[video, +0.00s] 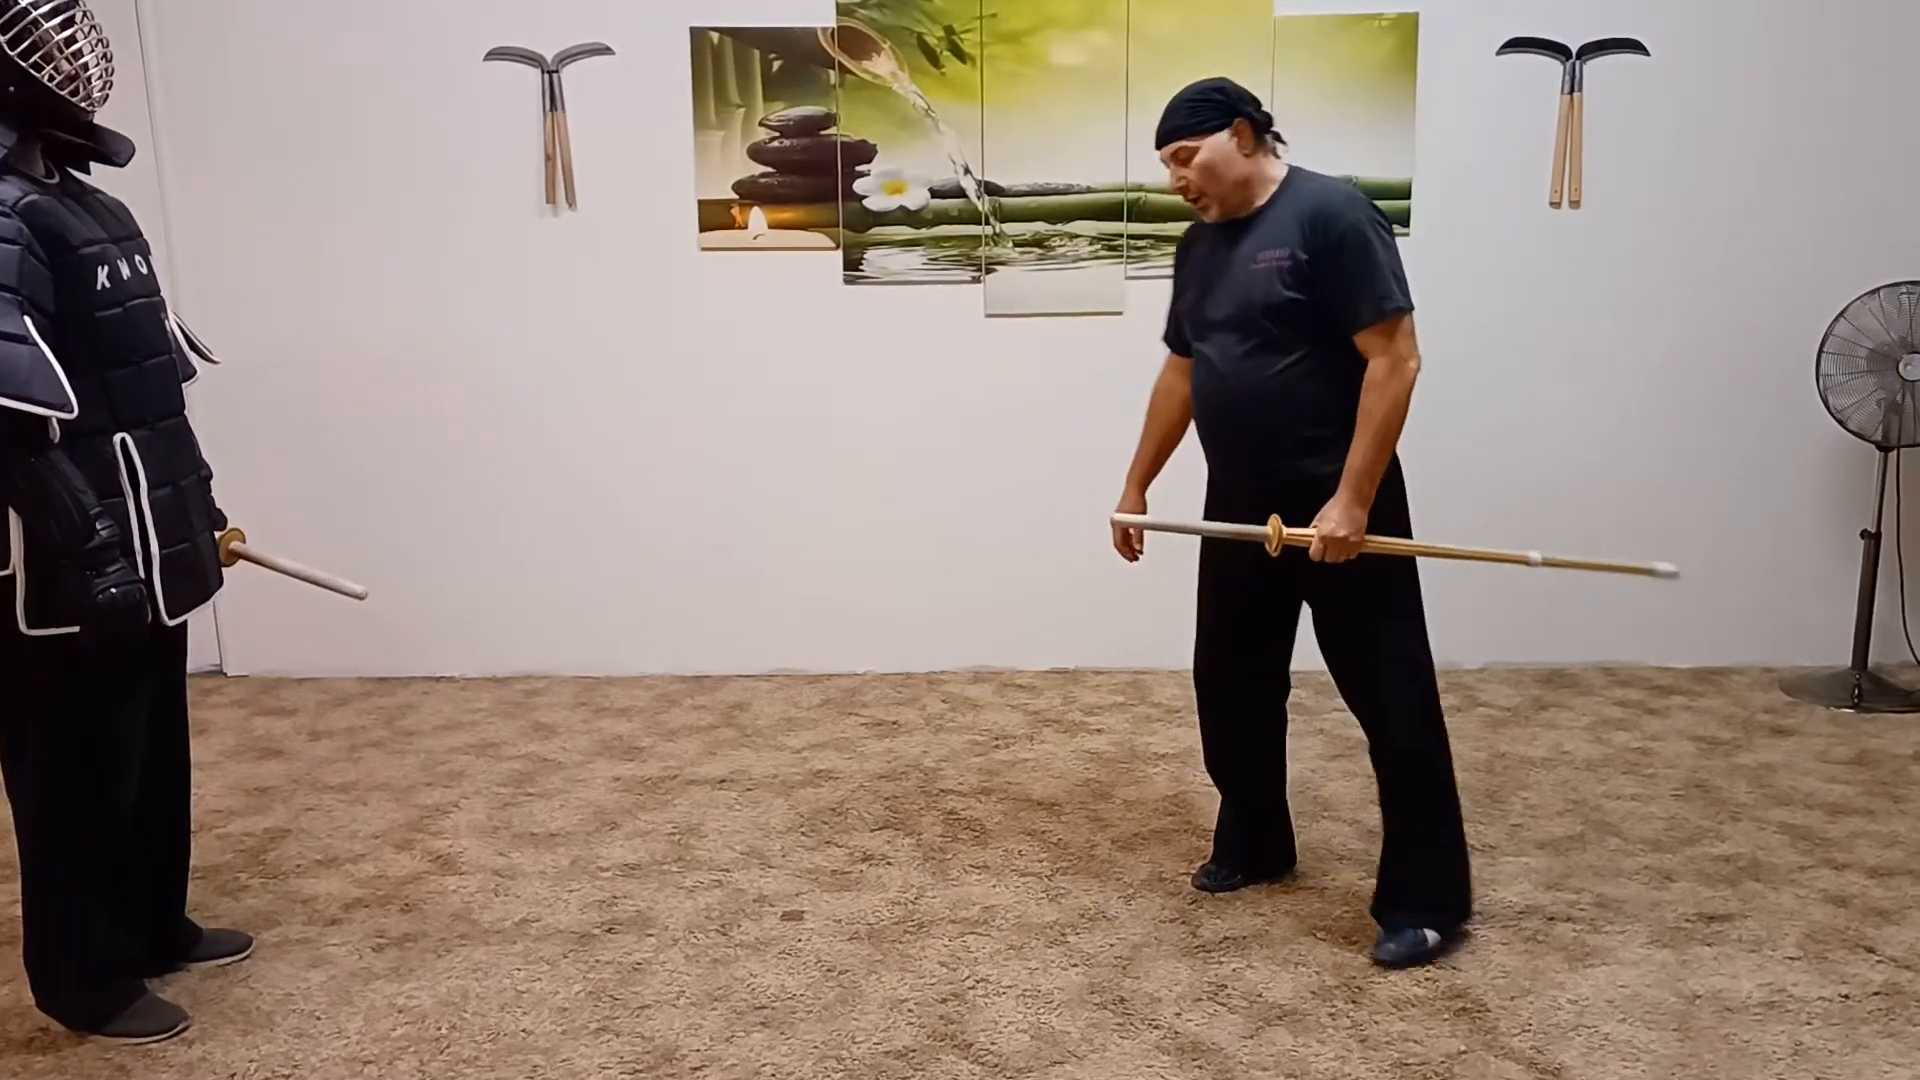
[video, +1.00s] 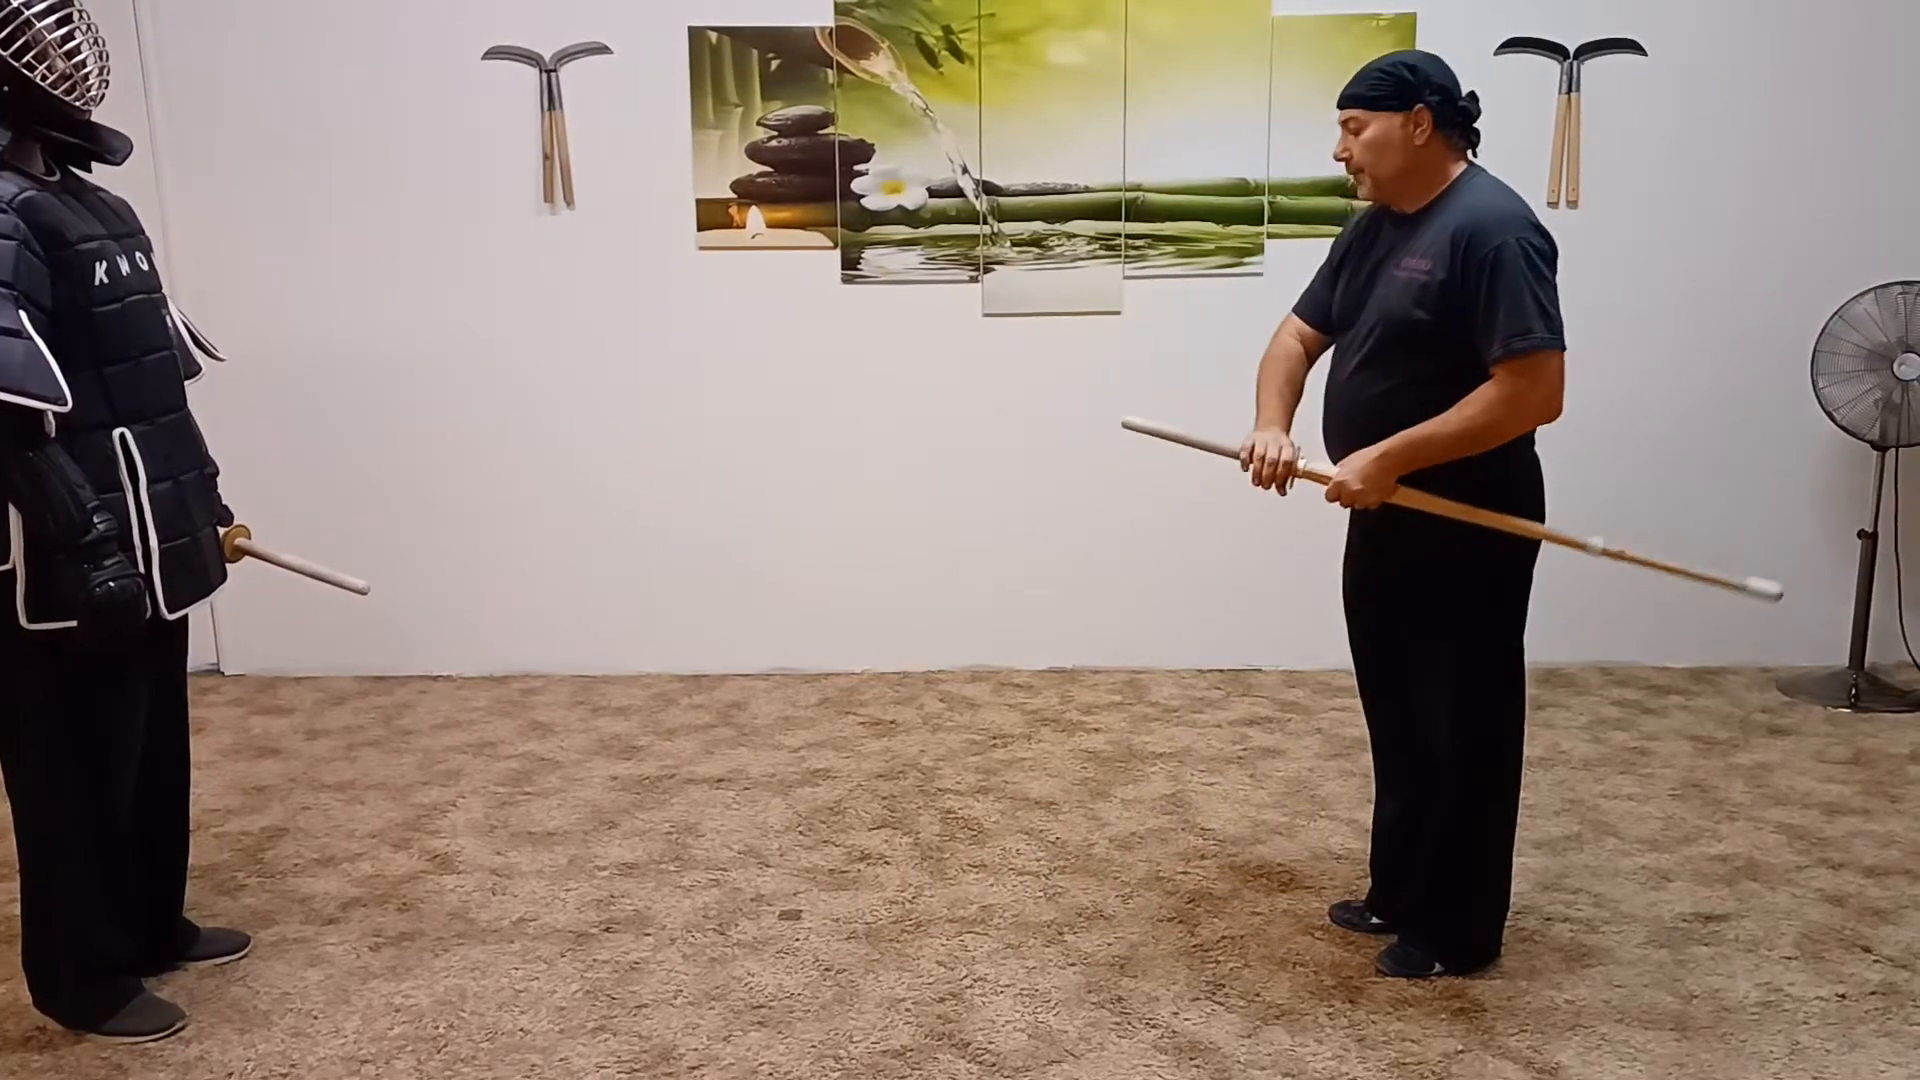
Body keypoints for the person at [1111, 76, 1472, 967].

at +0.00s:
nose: (1174, 176)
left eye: (1186, 153)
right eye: (1167, 161)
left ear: (1242, 136)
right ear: (1182, 162)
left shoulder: (1333, 214)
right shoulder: (1201, 246)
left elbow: (1396, 360)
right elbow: (1182, 368)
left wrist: (1353, 496)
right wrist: (1135, 485)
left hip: (1345, 499)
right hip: (1242, 500)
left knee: (1393, 699)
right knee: (1232, 682)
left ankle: (1428, 903)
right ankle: (1254, 842)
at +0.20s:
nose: (1218, 176)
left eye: (1229, 155)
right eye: (1211, 160)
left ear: (1287, 139)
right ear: (1259, 154)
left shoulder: (1373, 225)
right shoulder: (1256, 245)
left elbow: (1430, 377)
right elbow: (1235, 368)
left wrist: (1365, 517)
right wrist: (1165, 473)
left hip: (1375, 521)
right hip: (1276, 518)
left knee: (1417, 727)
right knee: (1251, 691)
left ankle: (1450, 926)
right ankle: (1258, 844)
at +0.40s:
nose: (1267, 177)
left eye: (1279, 155)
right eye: (1263, 160)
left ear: (1339, 143)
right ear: (1315, 152)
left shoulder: (1424, 234)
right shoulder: (1312, 236)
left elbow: (1468, 397)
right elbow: (1273, 351)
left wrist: (1379, 525)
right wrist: (1208, 439)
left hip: (1425, 526)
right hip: (1326, 516)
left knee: (1446, 735)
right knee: (1300, 701)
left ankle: (1454, 929)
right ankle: (1283, 856)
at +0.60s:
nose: (1304, 171)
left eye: (1316, 150)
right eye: (1301, 153)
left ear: (1376, 140)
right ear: (1360, 148)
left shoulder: (1458, 236)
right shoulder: (1343, 231)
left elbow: (1497, 401)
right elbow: (1273, 335)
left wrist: (1374, 499)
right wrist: (1232, 428)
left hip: (1453, 516)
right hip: (1355, 512)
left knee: (1459, 727)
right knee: (1360, 708)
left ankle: (1459, 933)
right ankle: (1373, 885)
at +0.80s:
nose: (1328, 161)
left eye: (1341, 139)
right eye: (1325, 142)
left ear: (1403, 134)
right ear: (1389, 140)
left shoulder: (1485, 236)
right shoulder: (1360, 229)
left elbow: (1515, 400)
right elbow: (1278, 340)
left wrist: (1376, 475)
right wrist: (1253, 437)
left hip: (1464, 518)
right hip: (1376, 512)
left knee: (1461, 721)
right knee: (1396, 712)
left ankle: (1461, 932)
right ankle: (1402, 895)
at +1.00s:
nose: (1342, 150)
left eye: (1356, 128)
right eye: (1341, 131)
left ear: (1418, 124)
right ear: (1404, 132)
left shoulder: (1495, 227)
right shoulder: (1373, 228)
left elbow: (1533, 389)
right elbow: (1295, 339)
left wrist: (1391, 455)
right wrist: (1274, 426)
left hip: (1472, 518)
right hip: (1385, 509)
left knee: (1464, 718)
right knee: (1396, 710)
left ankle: (1459, 930)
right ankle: (1401, 897)